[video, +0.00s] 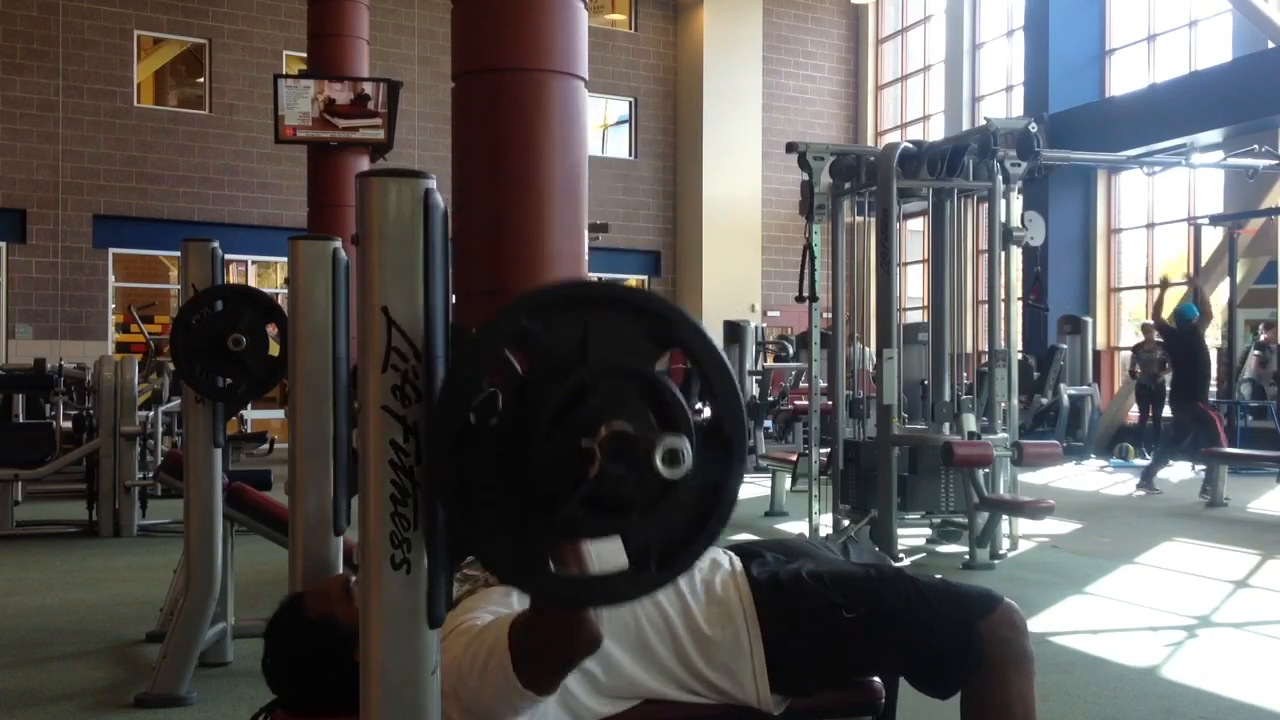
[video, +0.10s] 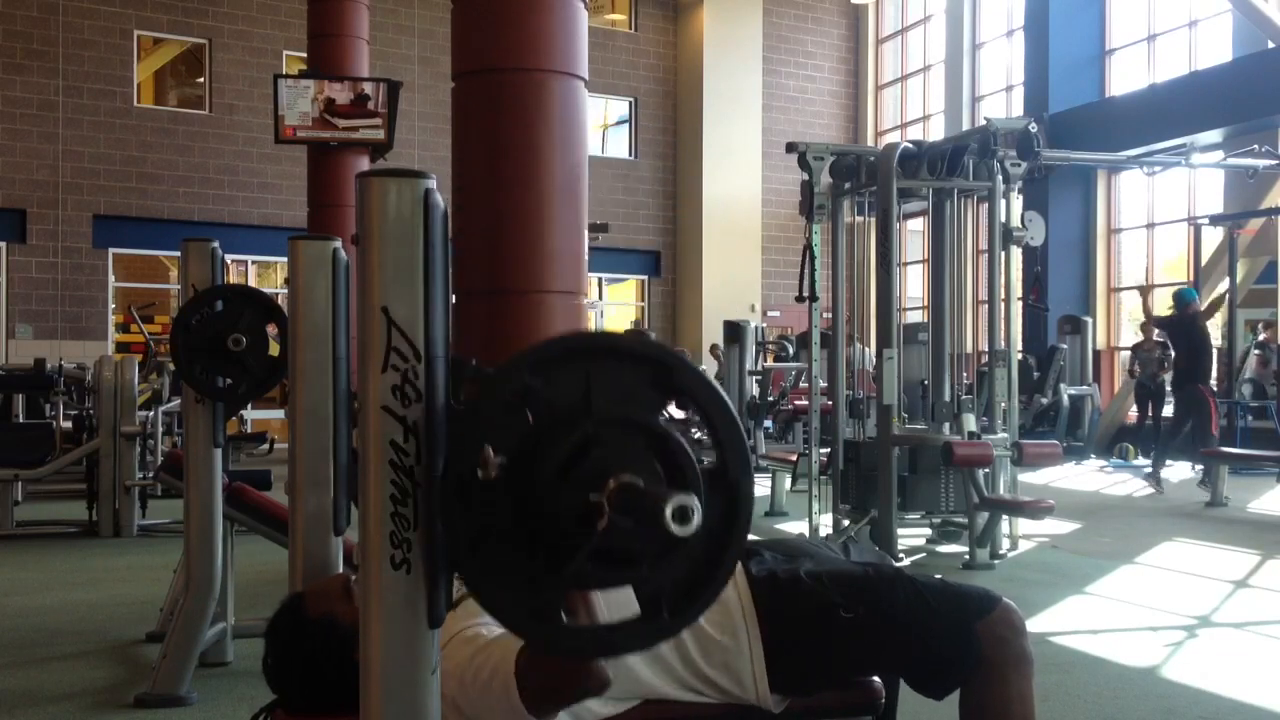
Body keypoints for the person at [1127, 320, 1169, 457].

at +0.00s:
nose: (1150, 334)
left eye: (1151, 331)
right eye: (1146, 331)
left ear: (1155, 331)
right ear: (1143, 333)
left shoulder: (1163, 346)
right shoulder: (1137, 348)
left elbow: (1170, 366)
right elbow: (1132, 367)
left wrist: (1161, 373)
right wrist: (1134, 374)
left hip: (1158, 382)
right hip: (1143, 383)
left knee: (1156, 417)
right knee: (1143, 416)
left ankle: (1156, 447)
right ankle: (1140, 446)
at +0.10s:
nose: (1148, 333)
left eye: (1150, 329)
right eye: (1145, 330)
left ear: (1154, 330)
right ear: (1142, 331)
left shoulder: (1162, 345)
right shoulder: (1136, 347)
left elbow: (1170, 365)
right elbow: (1131, 366)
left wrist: (1161, 373)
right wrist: (1132, 372)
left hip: (1158, 381)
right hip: (1142, 382)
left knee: (1156, 417)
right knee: (1142, 415)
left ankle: (1157, 448)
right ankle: (1137, 446)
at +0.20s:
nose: (1150, 335)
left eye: (1151, 332)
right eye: (1147, 332)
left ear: (1154, 332)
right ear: (1142, 332)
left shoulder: (1161, 346)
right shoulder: (1134, 347)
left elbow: (1169, 365)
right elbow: (1128, 366)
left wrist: (1160, 373)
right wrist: (1135, 371)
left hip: (1157, 382)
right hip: (1141, 382)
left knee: (1156, 417)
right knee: (1139, 417)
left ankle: (1155, 448)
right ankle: (1133, 447)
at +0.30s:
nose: (1148, 333)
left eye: (1150, 330)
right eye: (1145, 330)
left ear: (1152, 331)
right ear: (1140, 331)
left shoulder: (1159, 346)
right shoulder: (1132, 347)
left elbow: (1165, 366)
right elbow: (1125, 367)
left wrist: (1159, 369)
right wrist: (1138, 369)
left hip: (1155, 382)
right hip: (1140, 383)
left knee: (1155, 417)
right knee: (1138, 416)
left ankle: (1155, 448)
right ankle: (1131, 446)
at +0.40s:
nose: (1149, 332)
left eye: (1150, 329)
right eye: (1146, 330)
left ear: (1152, 331)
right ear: (1139, 331)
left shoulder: (1158, 345)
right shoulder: (1132, 347)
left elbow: (1162, 366)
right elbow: (1125, 367)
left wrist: (1157, 370)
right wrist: (1140, 368)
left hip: (1154, 383)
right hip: (1139, 383)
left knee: (1156, 418)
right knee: (1136, 417)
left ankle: (1156, 448)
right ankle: (1131, 446)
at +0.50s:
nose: (1150, 333)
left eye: (1151, 330)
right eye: (1147, 330)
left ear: (1154, 331)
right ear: (1140, 332)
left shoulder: (1157, 346)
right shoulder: (1134, 347)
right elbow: (1128, 367)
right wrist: (1147, 368)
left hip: (1154, 384)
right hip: (1138, 384)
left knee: (1159, 415)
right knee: (1136, 417)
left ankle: (1157, 446)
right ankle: (1132, 446)